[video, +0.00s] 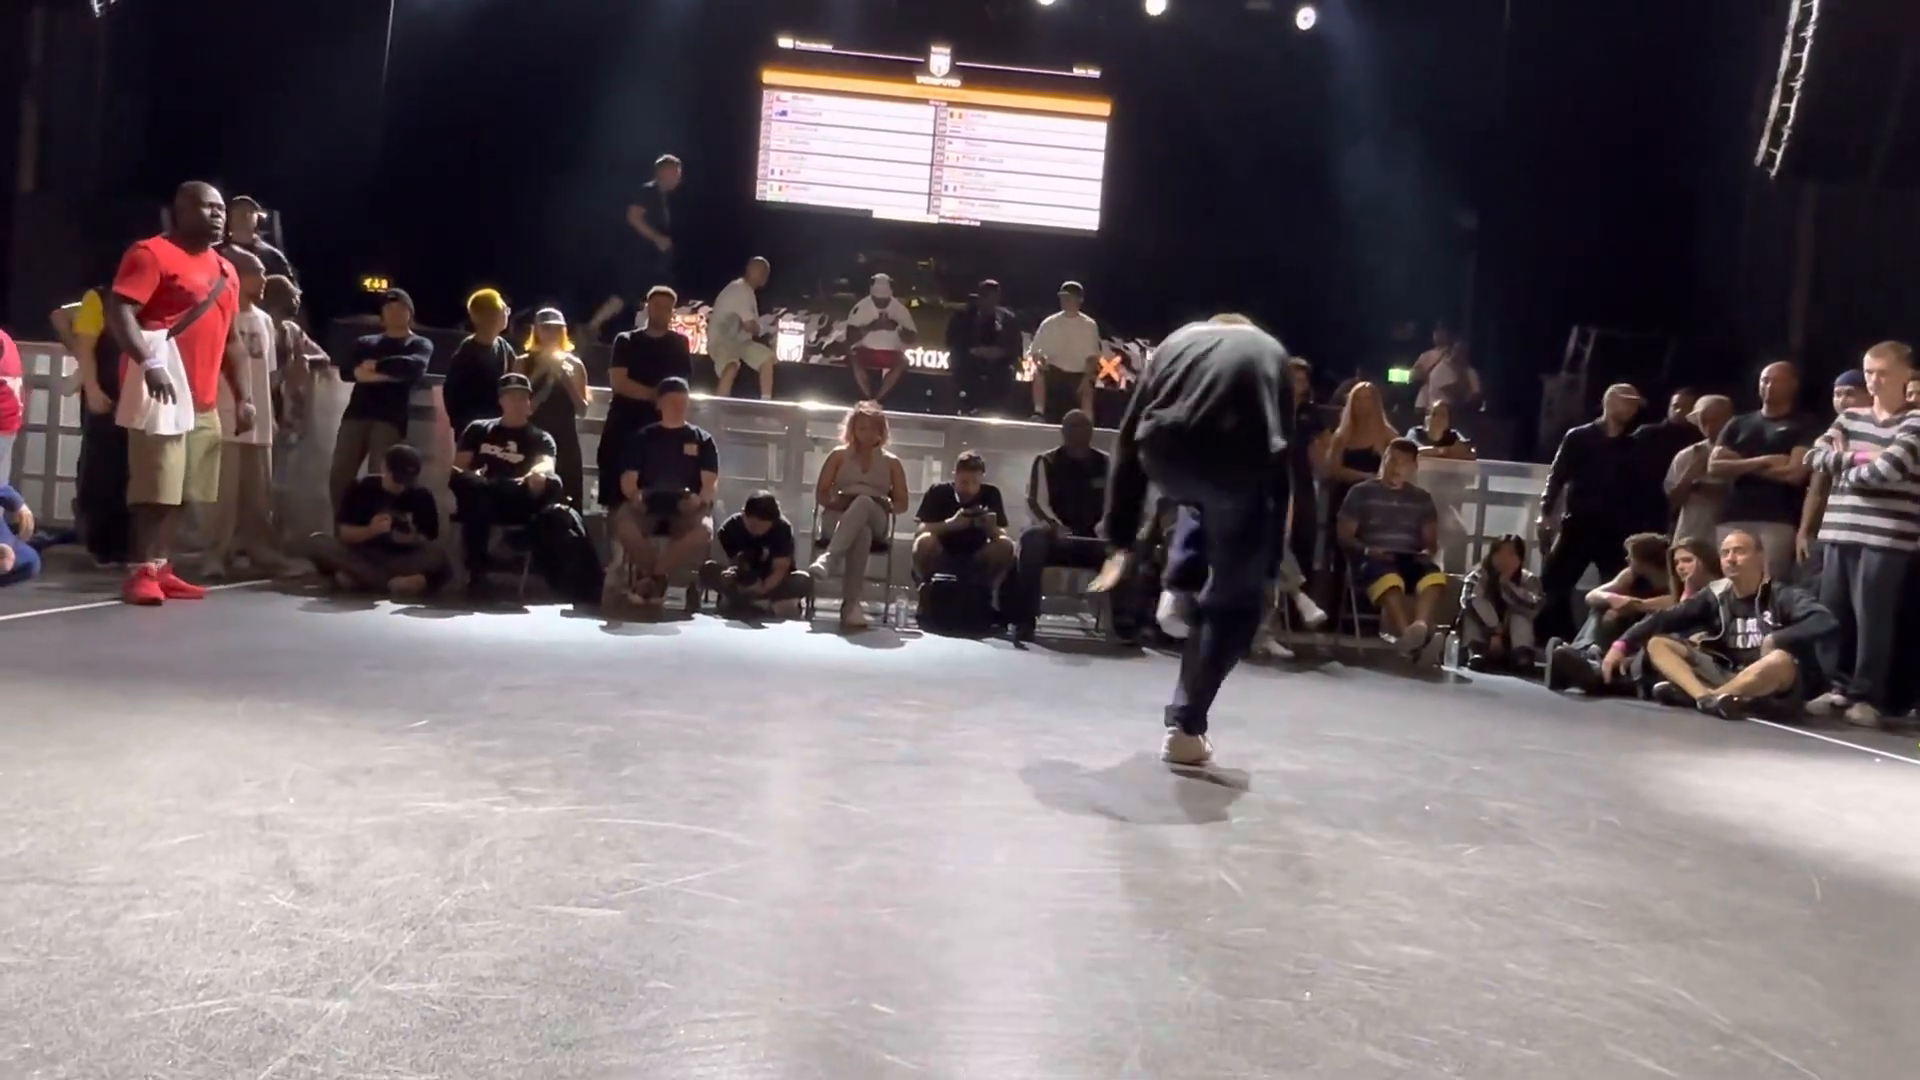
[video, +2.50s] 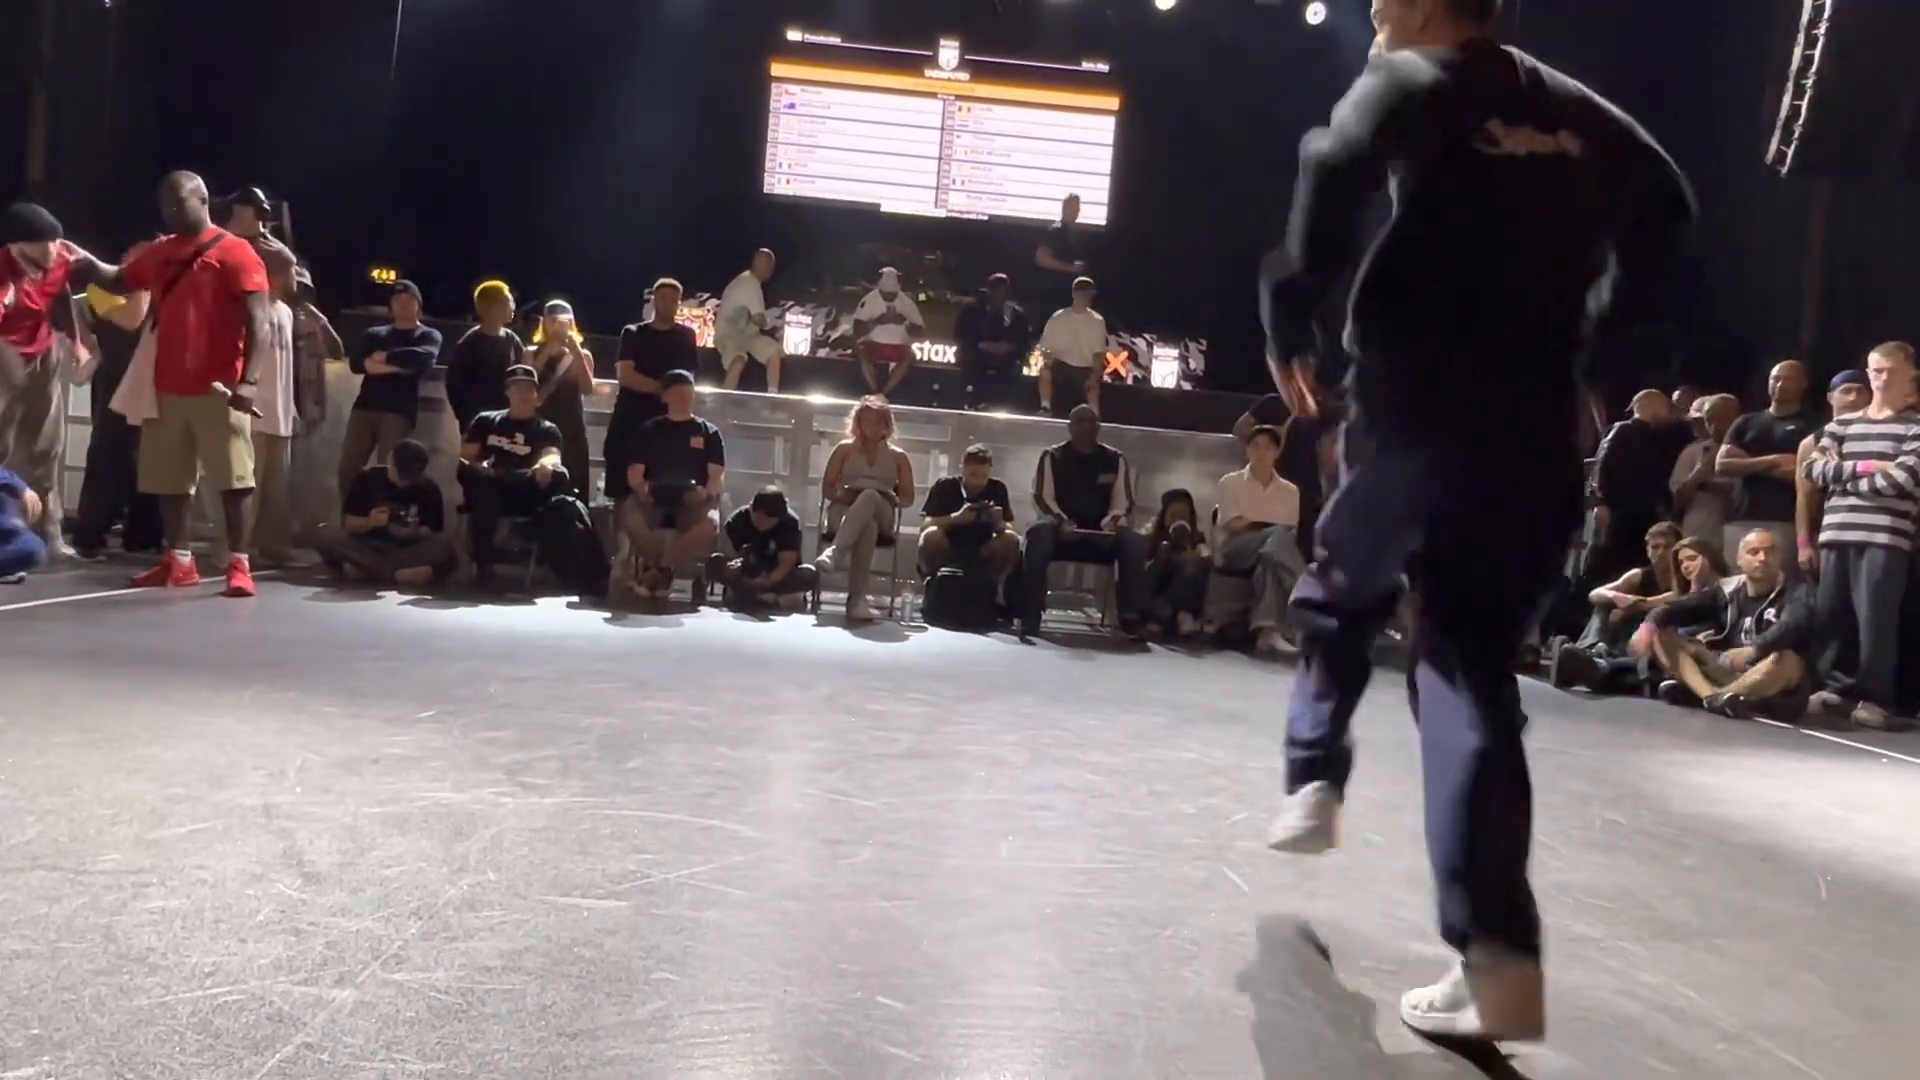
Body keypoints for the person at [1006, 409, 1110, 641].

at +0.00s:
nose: (1078, 434)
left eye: (1084, 427)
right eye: (1072, 427)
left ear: (1092, 432)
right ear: (1062, 432)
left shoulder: (1105, 463)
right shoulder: (1045, 462)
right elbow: (1038, 502)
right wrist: (1056, 526)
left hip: (1094, 538)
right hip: (1059, 537)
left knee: (1122, 548)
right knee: (1033, 538)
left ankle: (1125, 626)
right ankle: (1025, 622)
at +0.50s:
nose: (1084, 430)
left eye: (1089, 424)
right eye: (1078, 424)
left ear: (1097, 428)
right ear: (1067, 428)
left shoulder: (1114, 461)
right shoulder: (1050, 459)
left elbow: (1121, 503)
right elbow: (1041, 499)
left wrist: (1112, 520)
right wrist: (1060, 523)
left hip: (1100, 538)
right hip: (1065, 536)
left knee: (1131, 543)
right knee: (1037, 536)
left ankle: (1131, 621)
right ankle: (1030, 618)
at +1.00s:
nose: (1086, 427)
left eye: (1091, 421)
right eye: (1080, 421)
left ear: (1100, 425)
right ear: (1071, 425)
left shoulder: (1117, 459)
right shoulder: (1054, 456)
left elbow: (1124, 501)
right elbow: (1045, 496)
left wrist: (1114, 518)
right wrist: (1062, 519)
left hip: (1103, 535)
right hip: (1068, 533)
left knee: (1133, 539)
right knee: (1040, 532)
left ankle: (1133, 617)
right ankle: (1032, 616)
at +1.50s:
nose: (1085, 426)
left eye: (1091, 421)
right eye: (1079, 421)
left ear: (1099, 425)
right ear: (1070, 425)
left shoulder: (1116, 458)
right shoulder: (1053, 456)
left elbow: (1123, 501)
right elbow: (1044, 496)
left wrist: (1114, 518)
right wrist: (1062, 519)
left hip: (1102, 536)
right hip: (1067, 534)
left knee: (1133, 540)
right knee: (1040, 532)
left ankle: (1132, 619)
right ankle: (1032, 616)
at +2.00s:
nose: (1086, 427)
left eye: (1091, 421)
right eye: (1080, 421)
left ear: (1099, 425)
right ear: (1070, 425)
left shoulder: (1116, 458)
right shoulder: (1053, 455)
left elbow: (1122, 501)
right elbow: (1045, 496)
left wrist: (1113, 519)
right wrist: (1062, 520)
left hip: (1102, 536)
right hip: (1066, 533)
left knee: (1132, 539)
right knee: (1039, 532)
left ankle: (1132, 618)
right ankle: (1032, 616)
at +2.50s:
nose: (1086, 427)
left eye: (1091, 422)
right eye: (1079, 422)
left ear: (1099, 426)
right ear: (1069, 426)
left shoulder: (1115, 459)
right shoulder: (1052, 456)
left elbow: (1122, 501)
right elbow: (1044, 497)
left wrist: (1113, 519)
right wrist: (1060, 520)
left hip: (1100, 536)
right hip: (1066, 534)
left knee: (1131, 540)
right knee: (1039, 533)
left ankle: (1130, 618)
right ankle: (1030, 619)